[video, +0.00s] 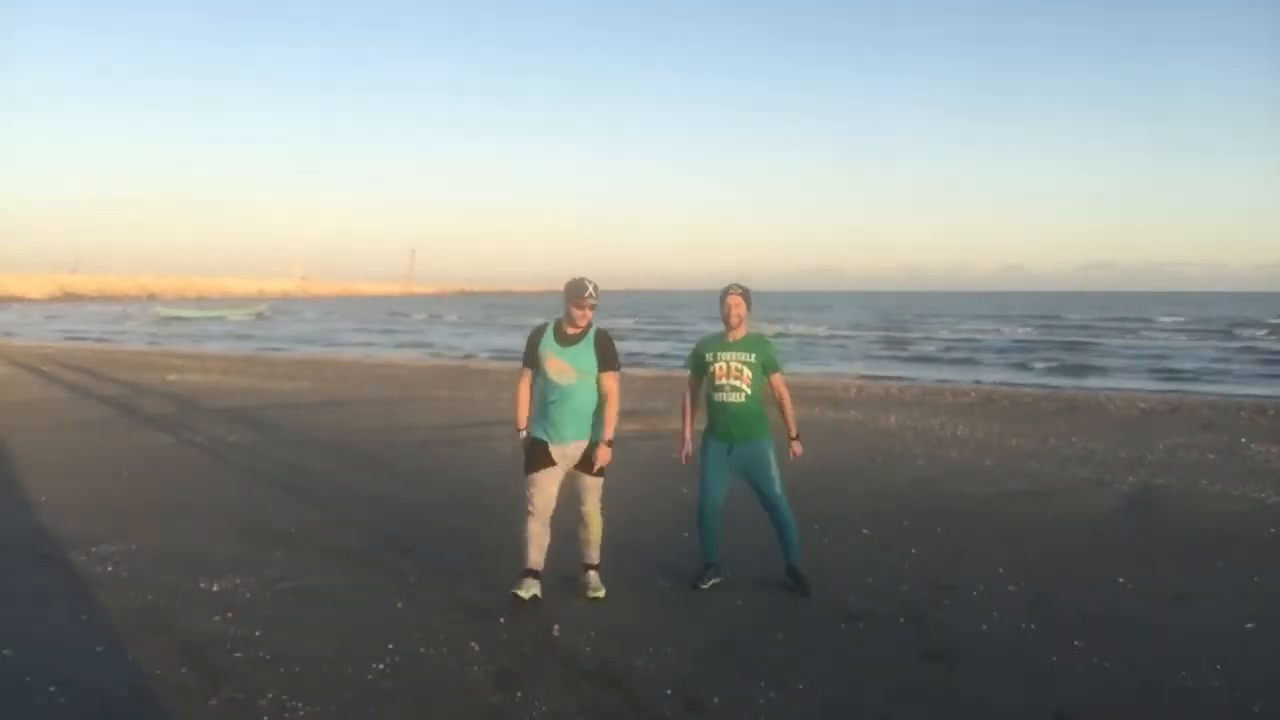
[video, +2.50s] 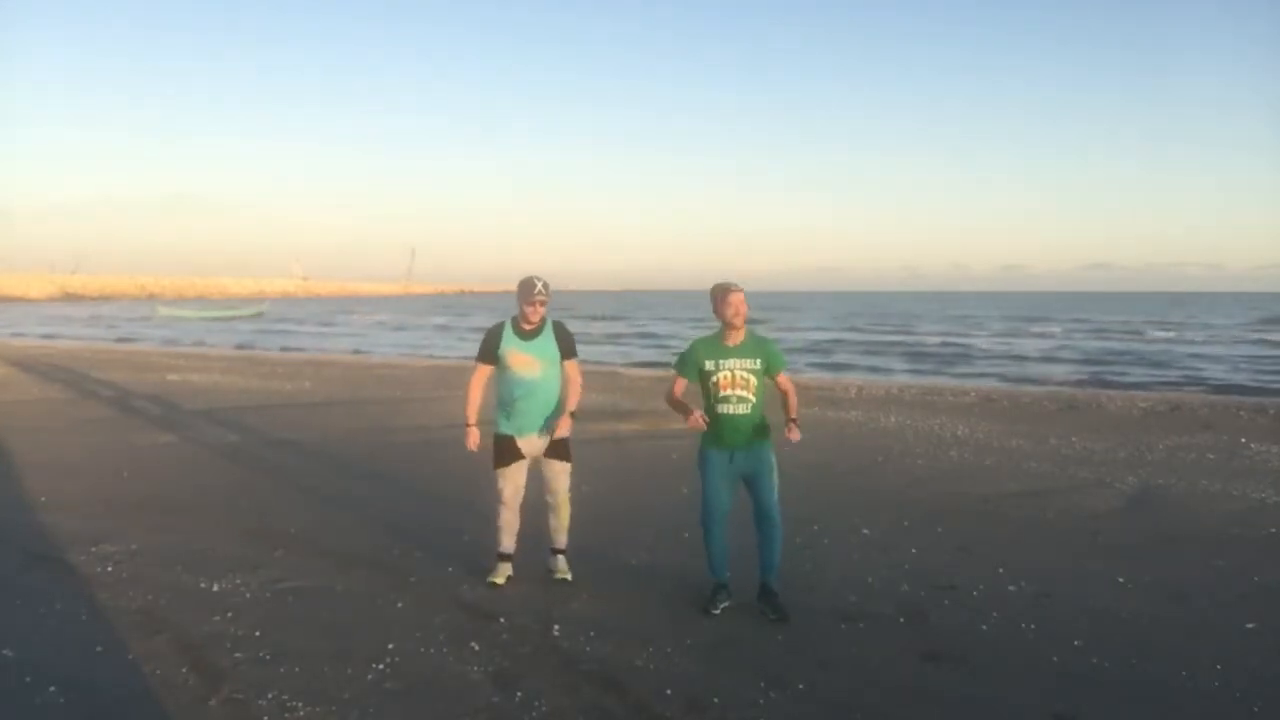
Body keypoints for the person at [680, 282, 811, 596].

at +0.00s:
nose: (731, 312)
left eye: (736, 306)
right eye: (726, 306)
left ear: (747, 311)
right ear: (720, 311)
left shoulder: (761, 347)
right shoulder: (705, 348)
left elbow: (781, 391)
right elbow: (692, 392)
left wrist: (793, 434)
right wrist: (686, 436)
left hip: (755, 439)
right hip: (717, 439)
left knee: (775, 500)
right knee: (708, 504)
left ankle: (793, 566)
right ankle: (711, 566)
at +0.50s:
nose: (720, 310)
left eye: (726, 305)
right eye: (715, 305)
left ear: (735, 308)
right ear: (709, 309)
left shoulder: (749, 343)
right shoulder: (693, 341)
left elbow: (751, 389)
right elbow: (683, 387)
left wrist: (728, 419)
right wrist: (700, 413)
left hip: (738, 430)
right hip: (702, 430)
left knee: (739, 498)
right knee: (703, 498)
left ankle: (737, 565)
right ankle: (711, 563)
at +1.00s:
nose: (741, 316)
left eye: (747, 311)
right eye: (736, 311)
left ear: (756, 317)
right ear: (728, 317)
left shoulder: (771, 357)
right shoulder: (713, 353)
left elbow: (786, 397)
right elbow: (692, 389)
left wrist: (797, 428)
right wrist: (698, 429)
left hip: (756, 449)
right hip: (717, 447)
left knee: (769, 516)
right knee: (710, 513)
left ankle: (773, 589)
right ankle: (711, 565)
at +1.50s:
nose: (758, 304)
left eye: (765, 298)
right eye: (753, 298)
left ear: (775, 305)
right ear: (745, 305)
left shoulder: (790, 343)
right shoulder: (732, 346)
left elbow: (801, 387)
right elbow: (729, 394)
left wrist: (779, 392)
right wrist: (732, 389)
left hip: (781, 443)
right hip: (743, 442)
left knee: (784, 522)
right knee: (731, 516)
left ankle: (776, 592)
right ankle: (735, 582)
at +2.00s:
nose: (727, 315)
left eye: (733, 308)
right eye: (723, 308)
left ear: (748, 309)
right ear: (719, 311)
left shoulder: (770, 345)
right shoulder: (707, 348)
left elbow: (796, 392)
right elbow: (686, 393)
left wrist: (784, 435)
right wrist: (695, 434)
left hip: (764, 449)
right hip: (722, 450)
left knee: (772, 523)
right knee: (718, 521)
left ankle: (774, 592)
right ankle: (720, 587)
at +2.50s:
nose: (737, 310)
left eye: (740, 303)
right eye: (729, 304)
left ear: (747, 307)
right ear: (716, 310)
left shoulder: (764, 349)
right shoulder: (699, 351)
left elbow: (787, 388)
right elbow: (673, 394)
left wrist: (792, 419)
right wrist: (688, 411)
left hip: (757, 446)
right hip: (717, 447)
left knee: (770, 515)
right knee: (714, 516)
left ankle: (768, 589)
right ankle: (720, 586)